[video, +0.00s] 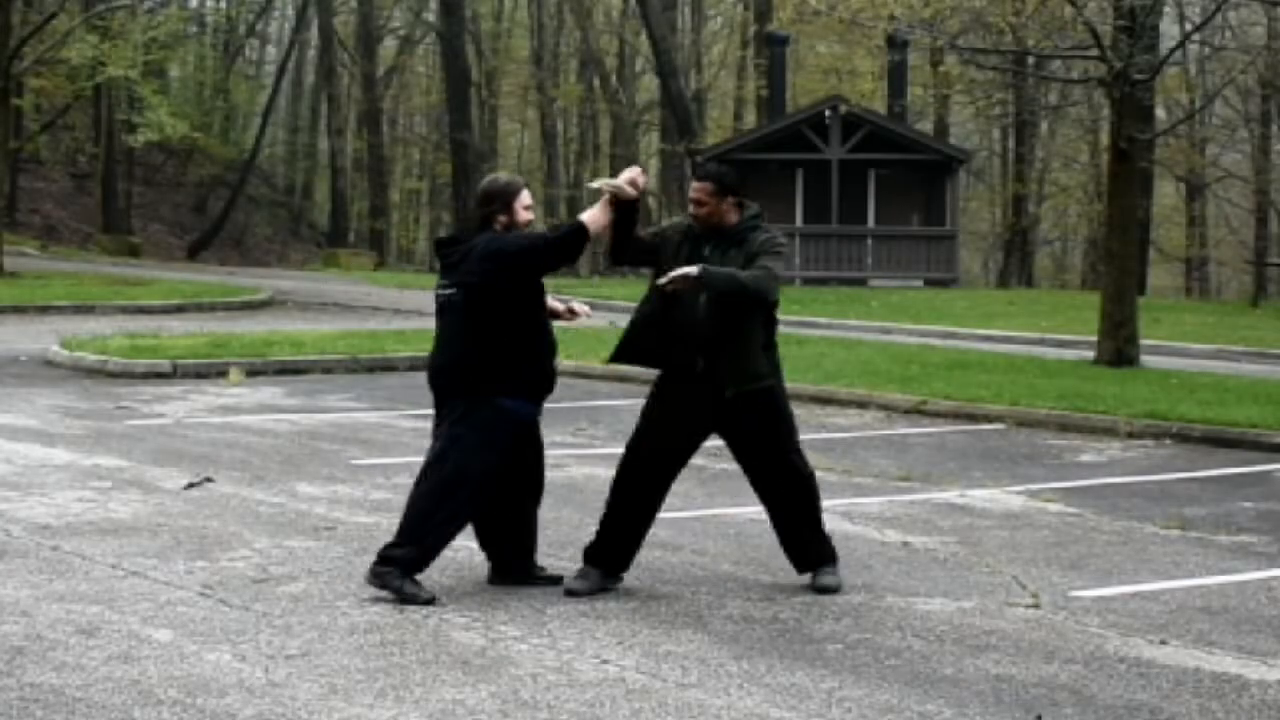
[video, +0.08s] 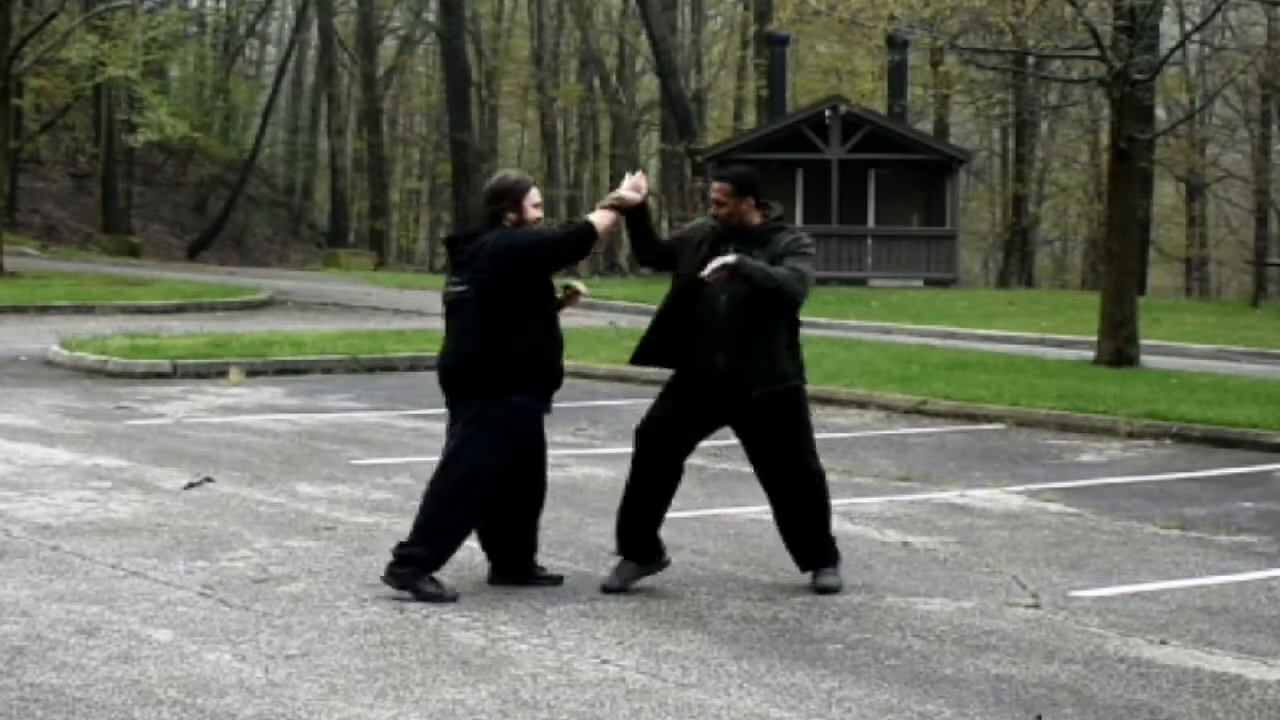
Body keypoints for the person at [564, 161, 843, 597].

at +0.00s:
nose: (693, 210)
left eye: (701, 203)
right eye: (691, 202)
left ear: (731, 204)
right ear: (689, 201)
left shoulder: (764, 241)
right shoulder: (682, 235)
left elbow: (764, 287)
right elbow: (622, 252)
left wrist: (702, 276)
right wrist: (624, 202)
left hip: (748, 387)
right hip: (684, 385)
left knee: (784, 474)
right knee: (640, 472)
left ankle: (821, 564)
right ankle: (602, 566)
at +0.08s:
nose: (715, 210)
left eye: (722, 203)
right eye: (713, 202)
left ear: (752, 204)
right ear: (715, 202)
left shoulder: (788, 242)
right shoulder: (704, 235)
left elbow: (794, 287)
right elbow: (652, 255)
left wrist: (740, 265)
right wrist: (635, 209)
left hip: (767, 385)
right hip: (701, 380)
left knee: (794, 471)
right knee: (654, 445)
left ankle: (823, 563)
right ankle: (639, 552)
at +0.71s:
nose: (754, 203)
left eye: (762, 196)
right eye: (753, 195)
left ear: (791, 199)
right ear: (756, 197)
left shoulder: (817, 249)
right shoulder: (748, 235)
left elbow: (771, 292)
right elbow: (697, 254)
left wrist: (713, 282)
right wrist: (690, 214)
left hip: (796, 389)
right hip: (736, 385)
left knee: (805, 479)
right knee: (696, 464)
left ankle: (824, 564)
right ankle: (666, 556)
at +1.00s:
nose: (755, 205)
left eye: (763, 200)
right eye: (754, 198)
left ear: (791, 203)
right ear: (755, 197)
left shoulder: (816, 253)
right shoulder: (741, 230)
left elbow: (803, 309)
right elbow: (682, 227)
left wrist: (731, 293)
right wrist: (698, 175)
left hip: (787, 384)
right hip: (732, 377)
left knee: (789, 473)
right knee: (692, 469)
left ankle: (842, 554)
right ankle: (672, 566)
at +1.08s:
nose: (763, 200)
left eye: (771, 193)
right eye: (762, 192)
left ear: (799, 198)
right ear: (764, 194)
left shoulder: (830, 248)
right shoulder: (750, 229)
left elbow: (822, 308)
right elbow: (693, 232)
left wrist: (751, 311)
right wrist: (703, 179)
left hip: (802, 383)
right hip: (747, 376)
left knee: (801, 473)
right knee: (707, 471)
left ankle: (849, 564)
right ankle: (673, 567)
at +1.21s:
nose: (778, 195)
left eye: (787, 188)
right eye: (778, 187)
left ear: (815, 192)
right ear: (790, 191)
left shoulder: (851, 244)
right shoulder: (772, 232)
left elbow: (848, 311)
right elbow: (713, 247)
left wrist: (787, 344)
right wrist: (716, 195)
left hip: (830, 382)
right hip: (774, 377)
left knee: (832, 479)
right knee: (735, 469)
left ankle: (848, 568)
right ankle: (701, 563)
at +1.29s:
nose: (784, 195)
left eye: (792, 188)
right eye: (783, 188)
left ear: (822, 193)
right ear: (788, 194)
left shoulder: (858, 245)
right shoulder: (778, 237)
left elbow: (858, 312)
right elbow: (728, 268)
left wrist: (803, 349)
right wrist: (733, 224)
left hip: (842, 383)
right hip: (781, 379)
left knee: (844, 479)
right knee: (750, 460)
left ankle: (847, 568)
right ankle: (748, 561)